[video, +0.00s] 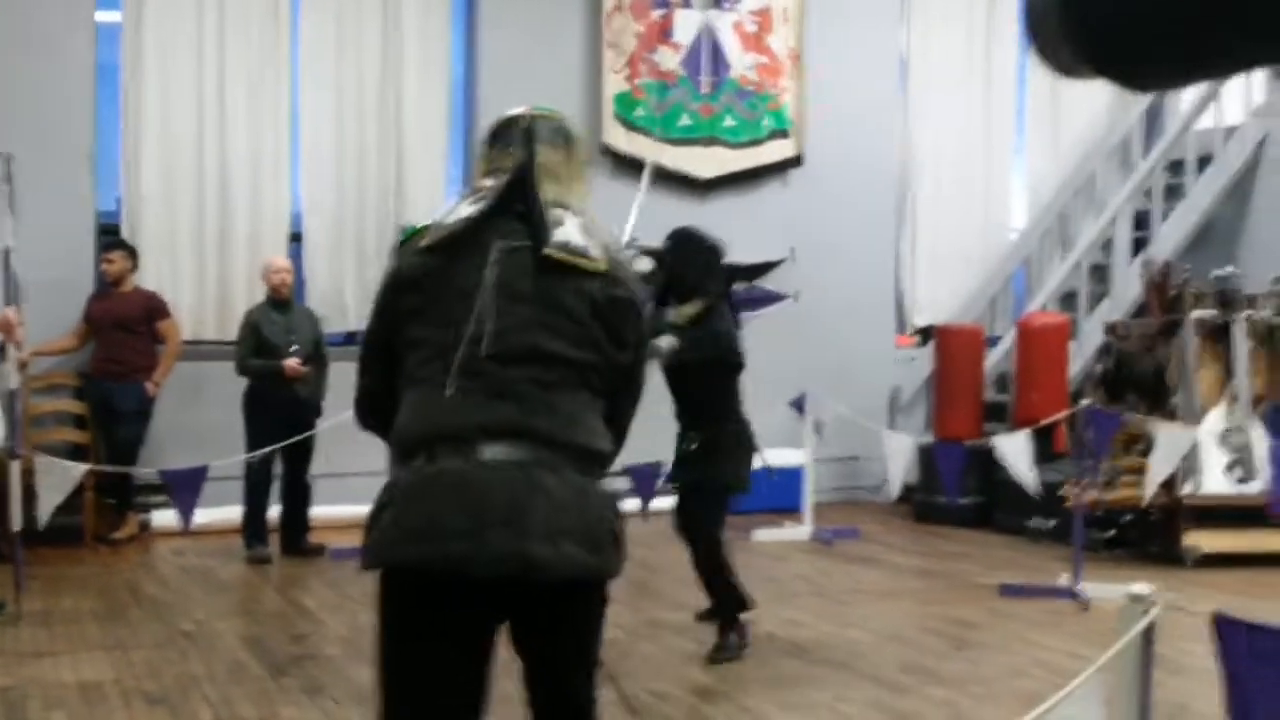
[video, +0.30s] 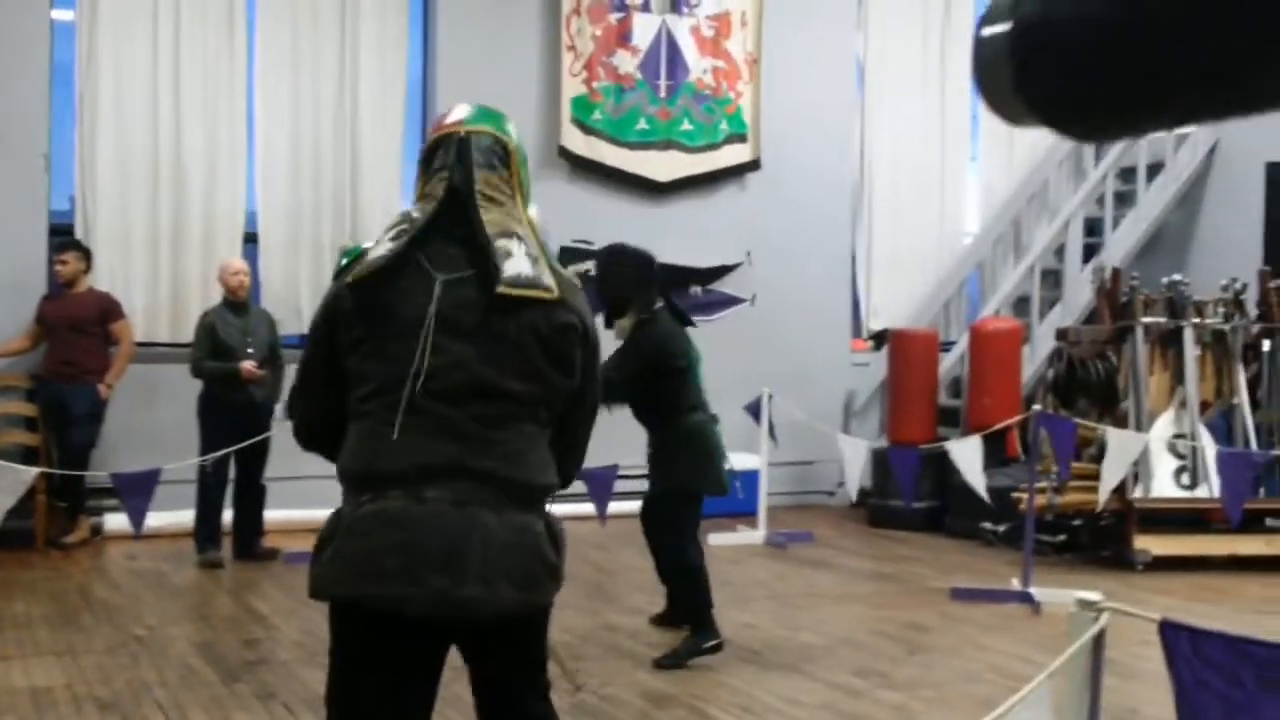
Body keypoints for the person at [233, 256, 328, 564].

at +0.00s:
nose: (282, 278)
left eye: (287, 272)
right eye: (276, 272)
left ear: (294, 277)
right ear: (265, 278)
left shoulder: (307, 317)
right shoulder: (255, 317)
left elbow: (320, 360)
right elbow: (243, 363)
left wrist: (315, 397)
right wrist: (279, 366)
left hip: (301, 404)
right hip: (264, 404)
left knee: (297, 475)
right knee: (259, 473)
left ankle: (295, 538)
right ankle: (256, 541)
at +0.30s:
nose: (241, 279)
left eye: (245, 273)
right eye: (234, 274)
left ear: (251, 279)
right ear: (221, 280)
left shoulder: (263, 319)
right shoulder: (211, 320)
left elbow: (276, 363)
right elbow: (198, 366)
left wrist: (269, 397)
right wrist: (235, 368)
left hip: (256, 407)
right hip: (219, 407)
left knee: (251, 479)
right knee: (213, 477)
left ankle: (248, 542)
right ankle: (209, 545)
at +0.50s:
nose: (204, 277)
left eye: (208, 272)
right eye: (198, 272)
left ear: (214, 277)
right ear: (184, 278)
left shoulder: (227, 317)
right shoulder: (174, 318)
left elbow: (240, 362)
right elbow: (161, 365)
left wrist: (233, 398)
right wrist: (198, 367)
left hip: (220, 408)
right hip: (181, 408)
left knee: (214, 479)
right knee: (176, 477)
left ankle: (211, 541)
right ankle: (171, 545)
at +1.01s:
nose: (156, 269)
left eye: (160, 264)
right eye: (149, 264)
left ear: (167, 270)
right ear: (137, 271)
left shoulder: (181, 310)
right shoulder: (127, 311)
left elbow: (195, 355)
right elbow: (113, 358)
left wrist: (189, 393)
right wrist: (152, 360)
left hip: (174, 401)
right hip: (135, 401)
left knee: (169, 473)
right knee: (130, 472)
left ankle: (167, 537)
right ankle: (126, 541)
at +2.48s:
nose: (115, 279)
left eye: (120, 273)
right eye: (108, 274)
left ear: (128, 279)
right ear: (97, 281)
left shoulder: (141, 319)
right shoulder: (87, 322)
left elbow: (155, 362)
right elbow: (74, 370)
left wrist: (143, 376)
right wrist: (114, 373)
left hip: (135, 413)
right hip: (95, 413)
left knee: (130, 483)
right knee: (91, 484)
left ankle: (126, 554)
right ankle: (87, 555)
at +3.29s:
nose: (73, 270)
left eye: (78, 264)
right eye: (67, 264)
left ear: (84, 271)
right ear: (53, 271)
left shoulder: (98, 311)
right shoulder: (42, 311)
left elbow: (112, 358)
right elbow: (27, 360)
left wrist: (106, 396)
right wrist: (67, 363)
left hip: (91, 406)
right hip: (50, 407)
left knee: (86, 479)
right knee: (44, 476)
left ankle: (82, 544)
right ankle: (40, 547)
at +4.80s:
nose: (28, 262)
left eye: (31, 256)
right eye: (20, 256)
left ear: (37, 263)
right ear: (5, 265)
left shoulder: (49, 304)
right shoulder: (1, 303)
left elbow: (64, 350)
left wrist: (59, 389)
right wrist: (19, 357)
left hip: (42, 402)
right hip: (5, 402)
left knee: (37, 475)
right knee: (2, 474)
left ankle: (33, 541)